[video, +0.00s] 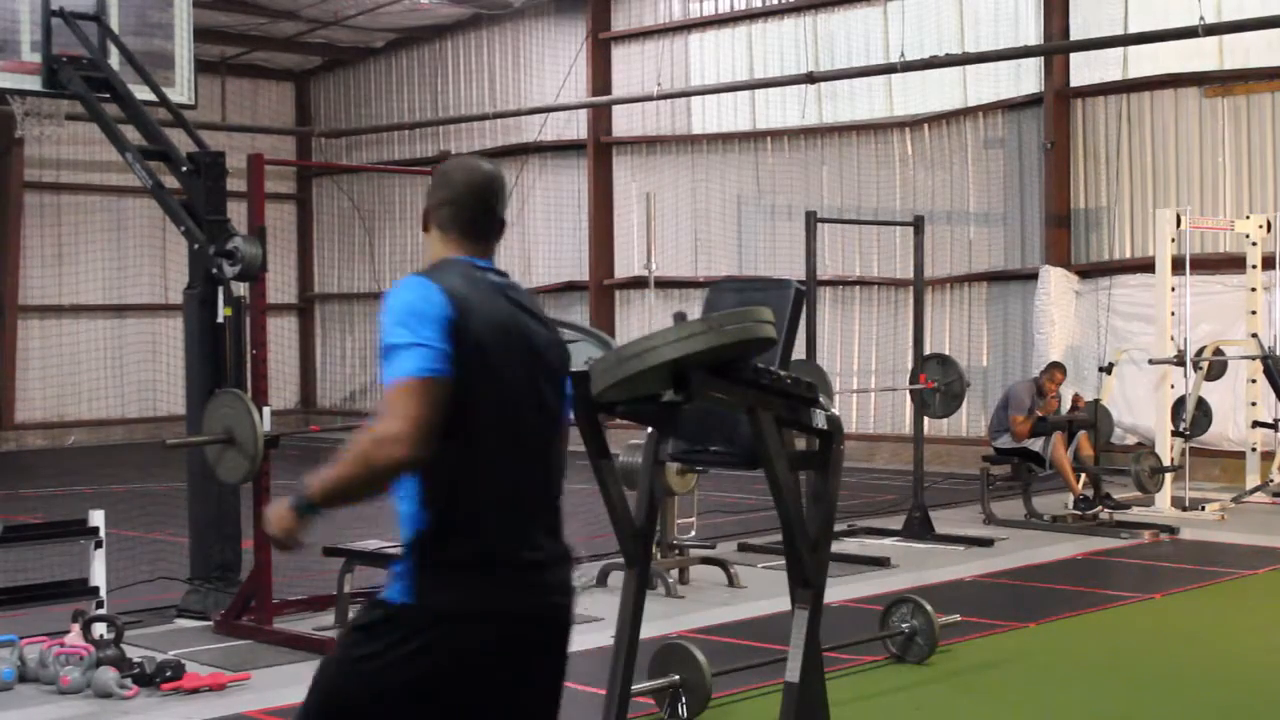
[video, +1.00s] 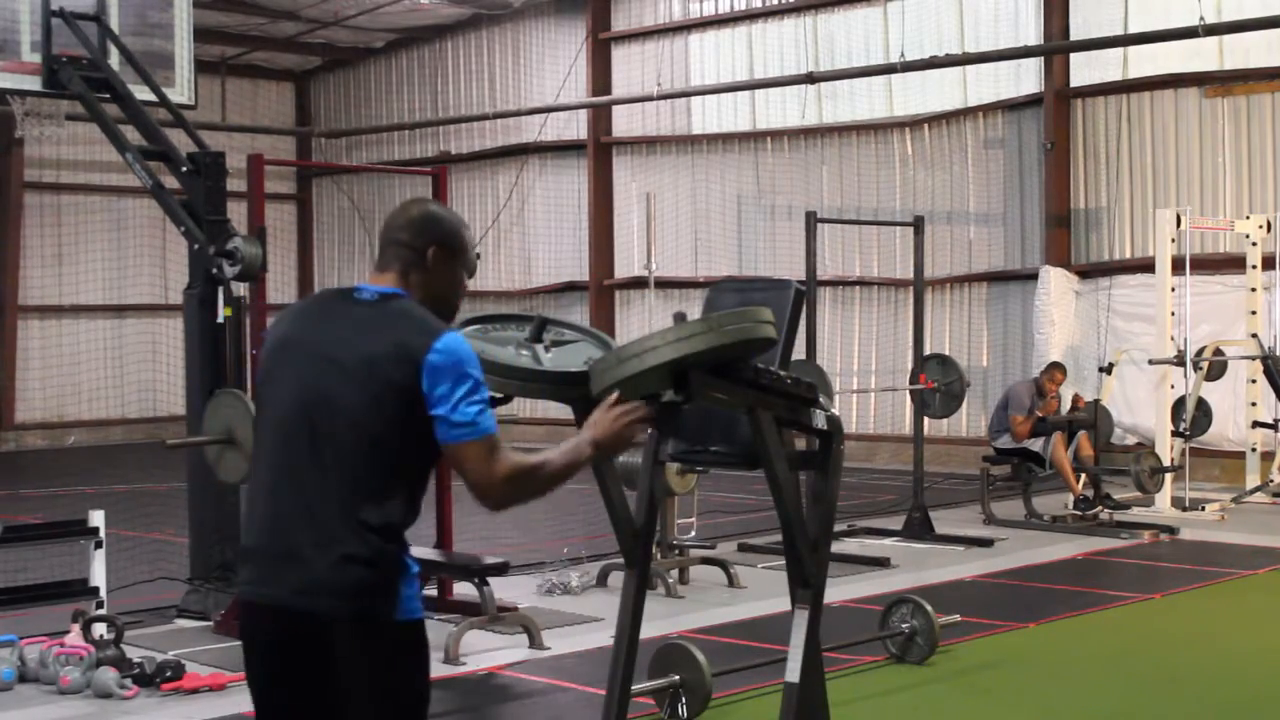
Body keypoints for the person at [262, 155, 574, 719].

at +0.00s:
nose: (425, 220)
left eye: (426, 212)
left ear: (427, 218)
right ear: (499, 229)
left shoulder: (423, 294)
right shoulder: (538, 323)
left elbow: (402, 437)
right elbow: (546, 461)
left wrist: (302, 502)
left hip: (438, 601)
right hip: (537, 600)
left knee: (331, 711)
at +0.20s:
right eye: (469, 235)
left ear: (393, 225)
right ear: (467, 243)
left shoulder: (319, 306)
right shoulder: (504, 347)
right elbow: (544, 495)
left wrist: (229, 502)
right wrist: (534, 565)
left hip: (344, 627)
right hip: (456, 626)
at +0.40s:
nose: (428, 240)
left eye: (427, 227)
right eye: (426, 227)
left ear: (344, 222)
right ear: (411, 230)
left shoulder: (260, 314)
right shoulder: (458, 336)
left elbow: (202, 452)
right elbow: (496, 486)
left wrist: (259, 469)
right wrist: (560, 571)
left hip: (291, 615)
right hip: (405, 618)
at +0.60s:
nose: (427, 254)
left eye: (427, 240)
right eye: (424, 238)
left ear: (338, 233)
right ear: (398, 237)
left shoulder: (247, 326)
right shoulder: (431, 341)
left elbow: (224, 466)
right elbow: (447, 499)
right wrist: (529, 571)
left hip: (273, 627)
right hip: (388, 630)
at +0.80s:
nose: (453, 283)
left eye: (457, 268)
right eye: (454, 265)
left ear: (376, 249)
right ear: (427, 255)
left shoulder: (271, 328)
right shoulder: (436, 349)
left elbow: (242, 460)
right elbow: (439, 502)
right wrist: (543, 530)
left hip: (271, 620)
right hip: (382, 623)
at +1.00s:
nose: (466, 290)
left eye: (470, 274)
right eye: (466, 271)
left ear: (381, 256)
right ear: (433, 258)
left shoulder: (289, 325)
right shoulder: (434, 346)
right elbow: (496, 484)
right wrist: (591, 441)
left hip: (268, 603)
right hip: (367, 607)